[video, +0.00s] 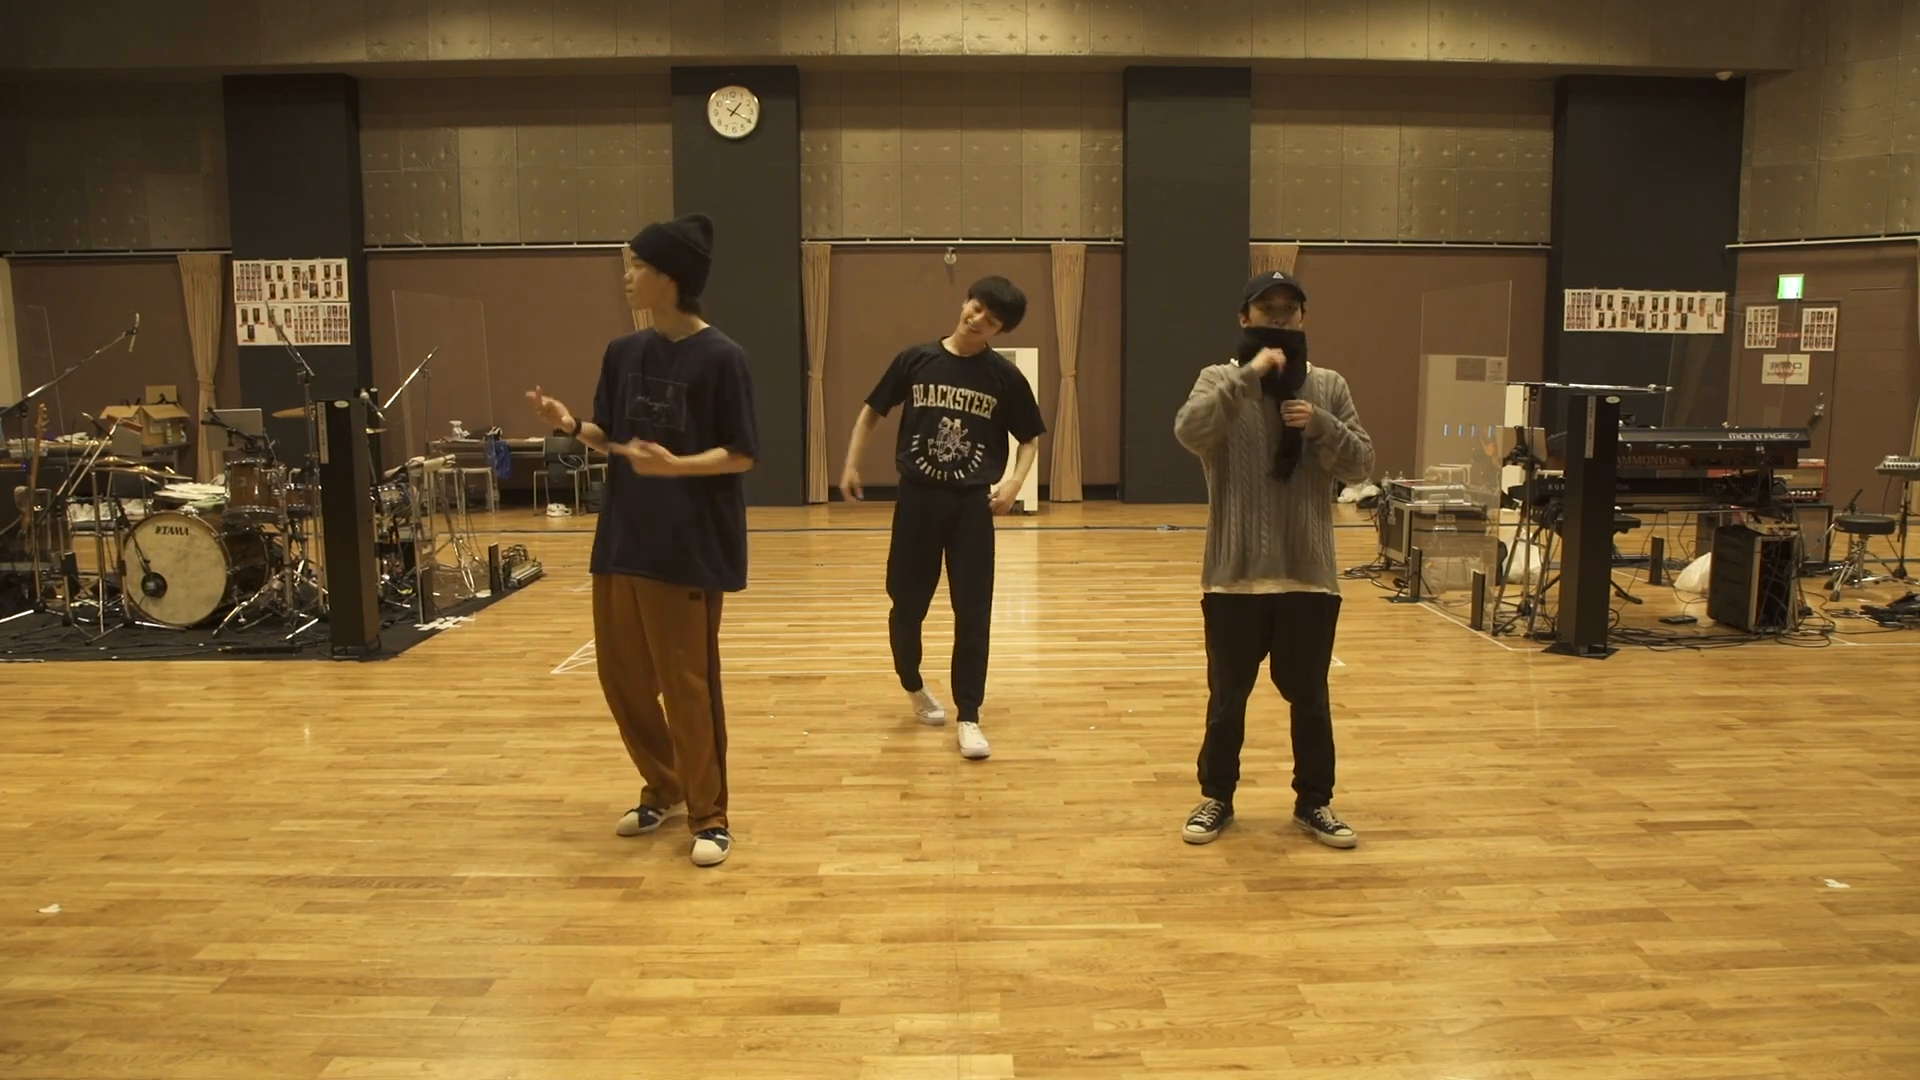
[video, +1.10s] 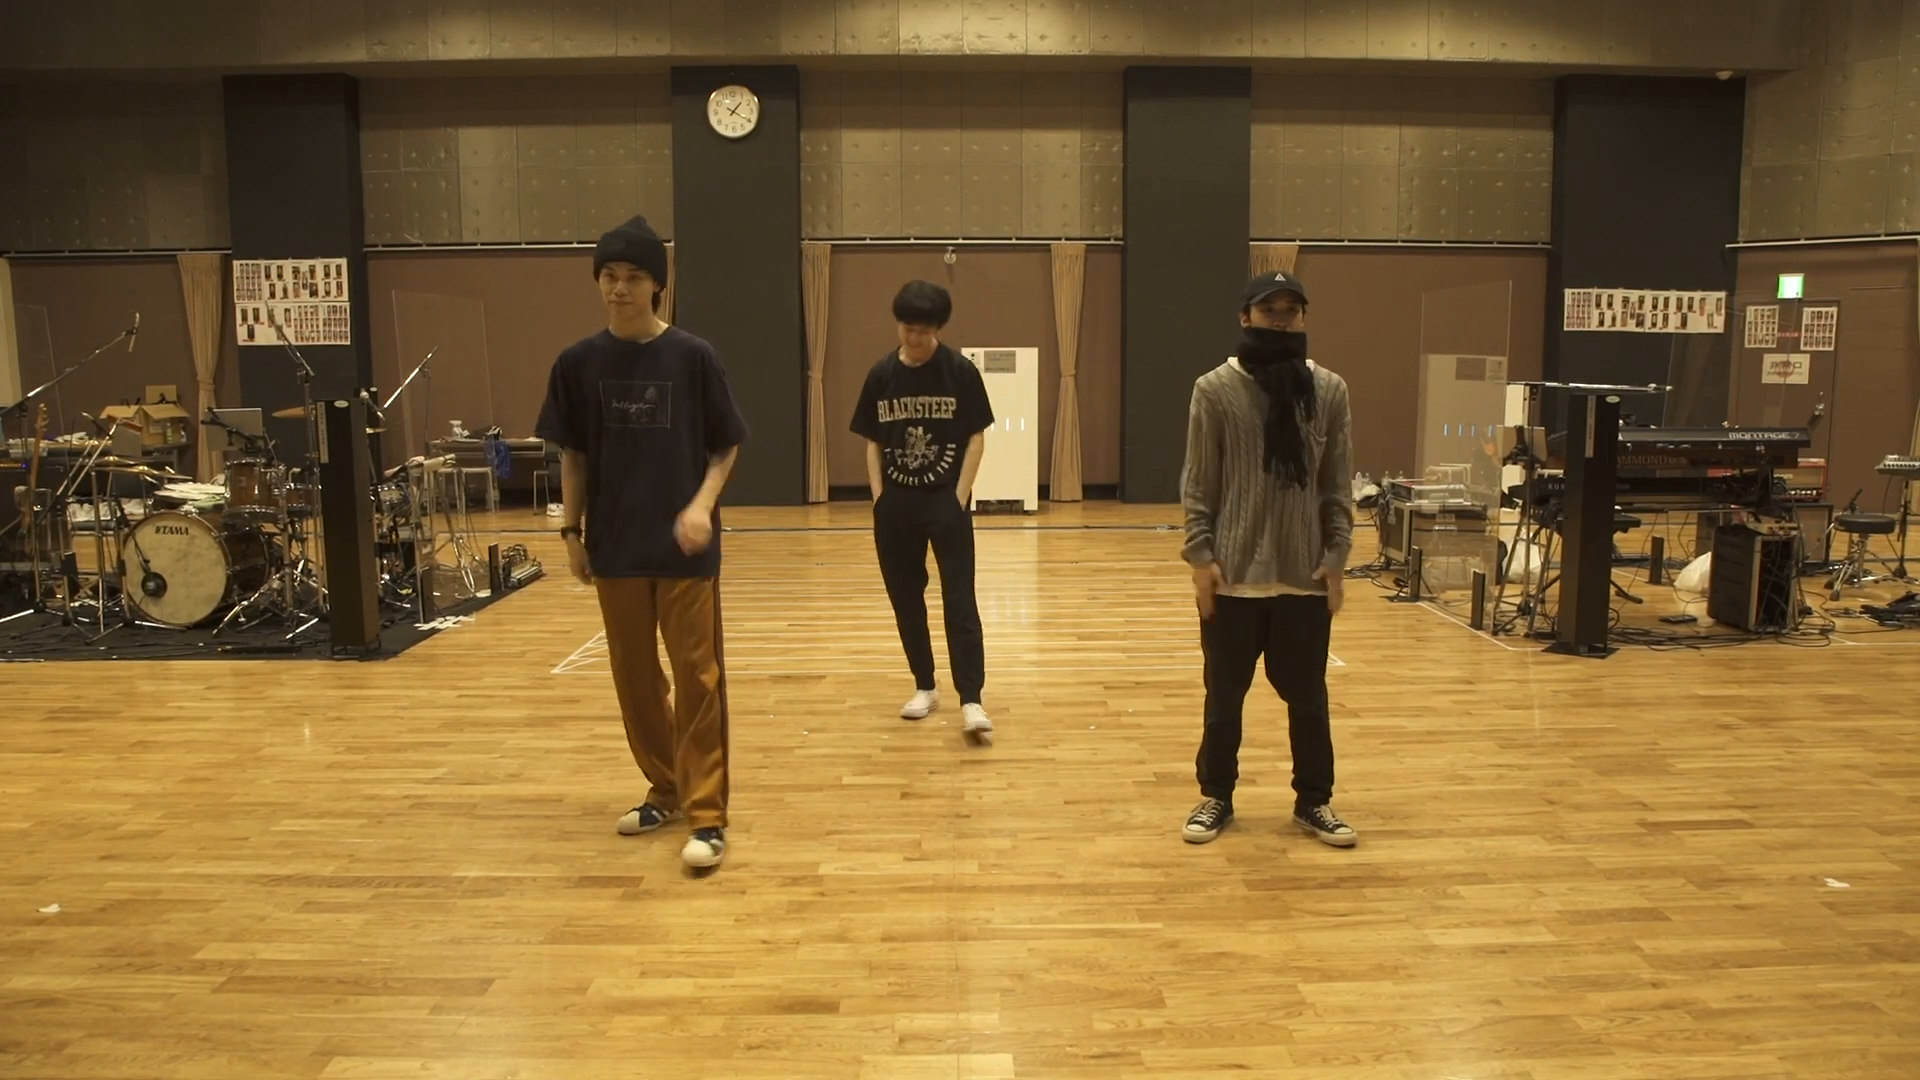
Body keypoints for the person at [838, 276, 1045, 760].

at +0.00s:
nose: (978, 320)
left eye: (991, 321)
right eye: (978, 308)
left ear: (1001, 332)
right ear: (965, 302)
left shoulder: (1006, 380)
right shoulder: (914, 361)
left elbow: (1031, 437)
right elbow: (872, 411)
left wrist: (1014, 482)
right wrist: (851, 465)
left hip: (972, 509)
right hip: (917, 504)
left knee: (974, 613)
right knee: (907, 606)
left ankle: (969, 718)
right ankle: (914, 687)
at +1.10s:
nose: (913, 337)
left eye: (922, 330)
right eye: (907, 328)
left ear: (939, 329)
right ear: (897, 324)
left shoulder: (961, 372)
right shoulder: (881, 375)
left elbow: (976, 438)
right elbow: (873, 441)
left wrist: (961, 496)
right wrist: (879, 496)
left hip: (947, 502)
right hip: (896, 504)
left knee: (960, 601)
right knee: (906, 600)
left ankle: (971, 700)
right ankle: (924, 688)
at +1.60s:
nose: (871, 313)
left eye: (879, 303)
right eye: (863, 307)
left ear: (896, 308)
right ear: (855, 317)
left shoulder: (929, 355)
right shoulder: (863, 381)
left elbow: (967, 411)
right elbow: (868, 443)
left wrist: (957, 475)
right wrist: (848, 433)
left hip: (939, 490)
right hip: (893, 498)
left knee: (976, 578)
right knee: (903, 587)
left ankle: (1012, 663)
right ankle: (918, 685)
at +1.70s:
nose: (872, 314)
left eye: (879, 304)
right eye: (863, 307)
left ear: (896, 308)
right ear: (855, 317)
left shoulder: (928, 353)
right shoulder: (861, 376)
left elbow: (967, 410)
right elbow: (855, 446)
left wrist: (955, 473)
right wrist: (855, 388)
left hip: (941, 488)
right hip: (894, 496)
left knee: (983, 580)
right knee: (902, 591)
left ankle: (1022, 673)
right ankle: (917, 685)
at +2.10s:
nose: (901, 315)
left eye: (910, 309)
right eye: (897, 308)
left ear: (931, 316)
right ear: (889, 312)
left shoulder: (956, 365)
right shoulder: (878, 361)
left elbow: (978, 427)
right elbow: (885, 397)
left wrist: (968, 481)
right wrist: (901, 332)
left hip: (952, 492)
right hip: (901, 496)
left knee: (982, 586)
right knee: (909, 594)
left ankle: (1011, 683)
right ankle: (920, 686)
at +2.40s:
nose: (949, 312)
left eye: (960, 308)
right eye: (945, 303)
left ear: (975, 320)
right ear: (934, 307)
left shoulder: (987, 376)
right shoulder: (910, 358)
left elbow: (1000, 443)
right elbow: (925, 402)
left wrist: (987, 499)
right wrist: (960, 346)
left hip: (968, 498)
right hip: (917, 496)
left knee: (982, 599)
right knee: (917, 596)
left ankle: (993, 702)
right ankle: (919, 686)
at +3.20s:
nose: (992, 321)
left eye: (1005, 320)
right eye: (991, 310)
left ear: (1018, 330)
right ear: (981, 304)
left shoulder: (1020, 378)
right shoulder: (943, 355)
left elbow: (1028, 441)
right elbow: (931, 423)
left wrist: (1014, 496)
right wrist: (996, 411)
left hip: (990, 506)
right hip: (934, 500)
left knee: (994, 610)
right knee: (912, 602)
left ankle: (993, 705)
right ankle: (895, 707)